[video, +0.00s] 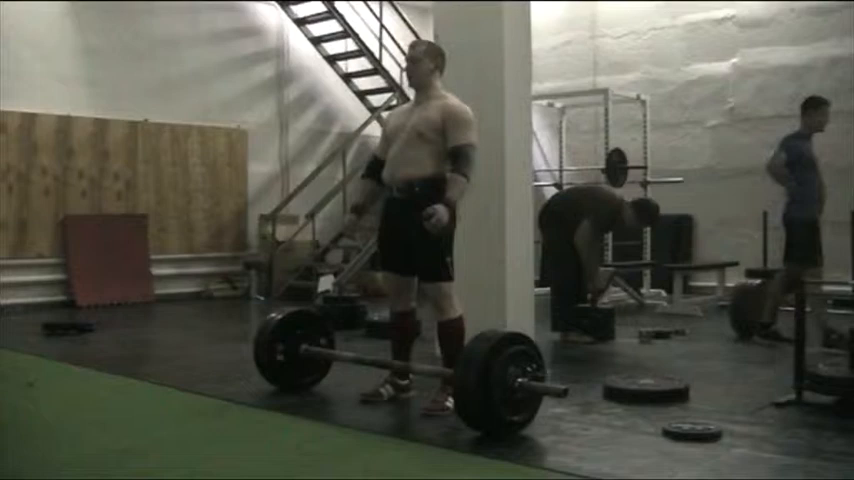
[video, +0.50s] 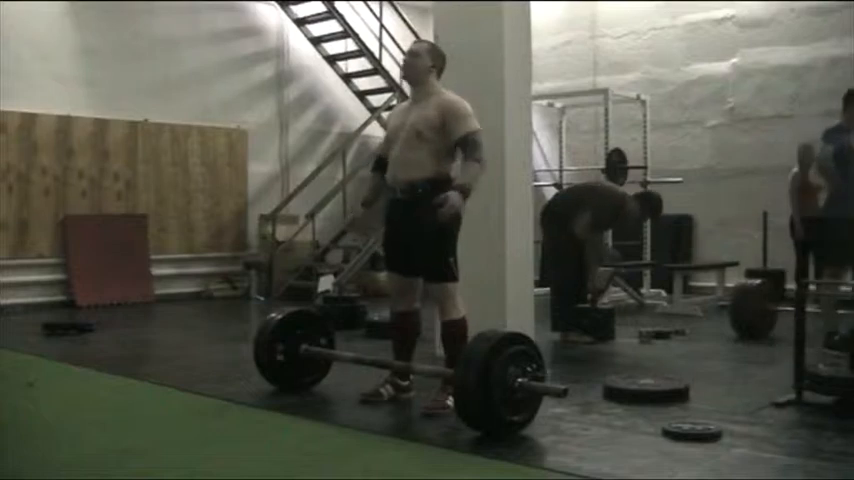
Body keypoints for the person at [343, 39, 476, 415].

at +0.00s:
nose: (407, 65)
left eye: (415, 59)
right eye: (406, 60)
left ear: (435, 65)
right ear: (411, 67)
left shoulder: (453, 110)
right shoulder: (395, 116)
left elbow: (463, 163)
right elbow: (377, 166)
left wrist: (448, 204)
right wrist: (359, 205)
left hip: (432, 200)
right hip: (396, 203)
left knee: (440, 294)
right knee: (398, 293)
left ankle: (451, 386)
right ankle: (399, 379)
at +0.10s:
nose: (408, 65)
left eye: (416, 59)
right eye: (408, 60)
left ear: (437, 66)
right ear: (410, 67)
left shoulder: (453, 110)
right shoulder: (395, 117)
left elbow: (463, 162)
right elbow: (376, 166)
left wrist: (446, 202)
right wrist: (358, 205)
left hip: (432, 201)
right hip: (396, 204)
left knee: (441, 294)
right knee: (398, 293)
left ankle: (451, 386)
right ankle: (399, 379)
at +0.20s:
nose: (408, 63)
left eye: (417, 58)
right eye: (408, 58)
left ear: (437, 67)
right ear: (411, 67)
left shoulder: (453, 110)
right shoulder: (395, 117)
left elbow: (461, 162)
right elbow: (377, 167)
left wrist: (445, 201)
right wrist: (358, 206)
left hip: (434, 202)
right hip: (397, 204)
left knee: (445, 294)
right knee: (400, 293)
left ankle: (452, 386)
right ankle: (400, 379)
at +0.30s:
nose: (409, 63)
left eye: (417, 57)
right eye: (408, 57)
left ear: (437, 67)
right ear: (411, 67)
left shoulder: (452, 110)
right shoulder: (396, 116)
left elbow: (462, 162)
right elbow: (378, 166)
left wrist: (446, 200)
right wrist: (360, 204)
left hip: (434, 201)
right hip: (398, 203)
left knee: (445, 295)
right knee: (400, 293)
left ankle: (452, 387)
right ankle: (400, 380)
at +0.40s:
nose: (407, 62)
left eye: (415, 57)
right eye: (407, 56)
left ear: (436, 66)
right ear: (407, 66)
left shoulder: (452, 110)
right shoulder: (396, 117)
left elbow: (468, 162)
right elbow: (379, 169)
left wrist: (453, 197)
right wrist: (361, 210)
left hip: (436, 201)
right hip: (399, 203)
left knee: (445, 295)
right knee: (400, 293)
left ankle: (452, 386)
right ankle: (399, 379)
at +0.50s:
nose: (405, 60)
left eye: (413, 55)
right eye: (405, 55)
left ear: (433, 66)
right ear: (407, 65)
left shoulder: (452, 107)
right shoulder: (398, 114)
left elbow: (475, 155)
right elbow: (381, 165)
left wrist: (460, 192)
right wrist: (365, 207)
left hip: (436, 201)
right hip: (399, 203)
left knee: (444, 294)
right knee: (401, 292)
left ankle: (451, 386)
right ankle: (400, 379)